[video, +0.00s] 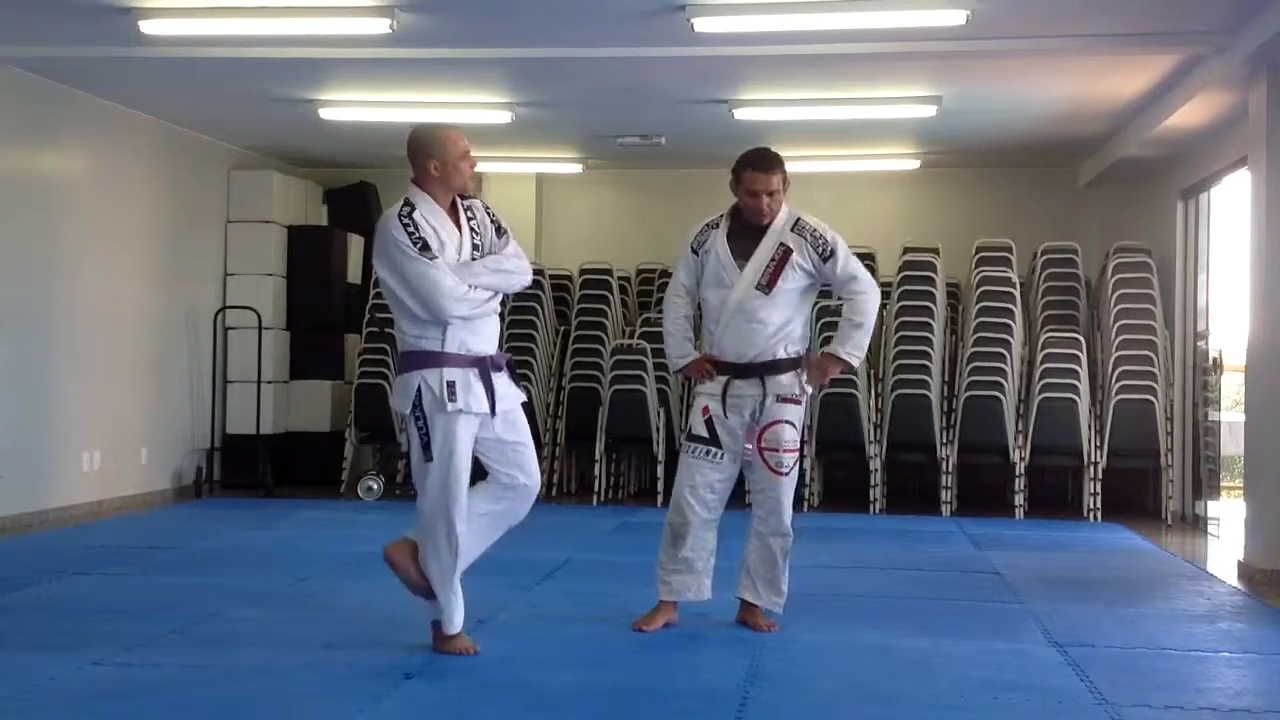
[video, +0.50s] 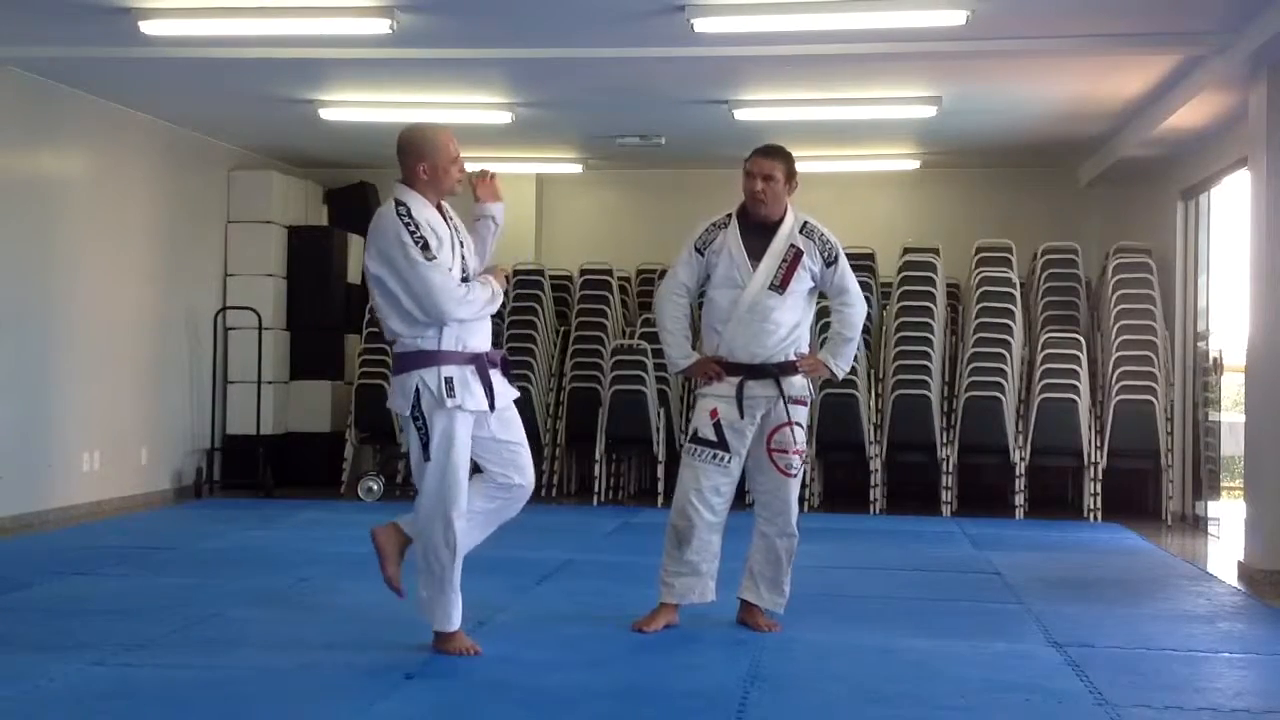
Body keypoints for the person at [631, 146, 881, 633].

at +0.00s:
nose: (765, 204)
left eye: (774, 194)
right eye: (755, 194)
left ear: (785, 191)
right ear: (734, 190)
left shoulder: (810, 238)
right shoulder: (706, 237)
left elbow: (863, 291)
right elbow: (677, 299)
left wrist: (839, 355)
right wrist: (684, 354)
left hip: (782, 388)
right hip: (717, 383)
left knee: (773, 504)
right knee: (690, 499)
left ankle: (756, 603)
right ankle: (670, 600)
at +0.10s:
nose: (765, 204)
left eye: (775, 194)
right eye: (755, 194)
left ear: (787, 191)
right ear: (736, 190)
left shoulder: (811, 236)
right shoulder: (707, 237)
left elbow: (863, 285)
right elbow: (676, 299)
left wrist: (836, 346)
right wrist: (683, 353)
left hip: (781, 387)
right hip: (716, 383)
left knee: (773, 504)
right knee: (690, 498)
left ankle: (756, 603)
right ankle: (669, 600)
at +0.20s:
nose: (762, 200)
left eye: (773, 191)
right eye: (754, 189)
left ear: (788, 190)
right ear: (738, 185)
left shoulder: (812, 237)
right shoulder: (708, 237)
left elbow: (857, 294)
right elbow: (674, 298)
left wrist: (831, 350)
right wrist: (684, 355)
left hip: (782, 385)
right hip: (717, 382)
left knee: (775, 504)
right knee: (691, 498)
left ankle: (756, 603)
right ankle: (670, 601)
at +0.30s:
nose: (757, 192)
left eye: (768, 185)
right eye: (750, 182)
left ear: (788, 190)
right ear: (739, 183)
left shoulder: (815, 242)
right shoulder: (710, 235)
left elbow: (854, 302)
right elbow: (672, 296)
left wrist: (831, 358)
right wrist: (684, 356)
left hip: (783, 388)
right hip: (718, 384)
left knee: (777, 506)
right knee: (693, 499)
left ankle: (755, 603)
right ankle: (670, 602)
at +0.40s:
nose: (757, 189)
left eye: (768, 181)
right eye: (751, 179)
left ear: (791, 187)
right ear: (741, 182)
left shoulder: (816, 242)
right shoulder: (712, 234)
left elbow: (853, 303)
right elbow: (672, 294)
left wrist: (832, 359)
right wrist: (685, 356)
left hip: (784, 389)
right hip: (719, 384)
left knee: (778, 506)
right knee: (693, 499)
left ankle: (755, 603)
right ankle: (670, 603)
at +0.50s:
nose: (758, 187)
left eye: (770, 179)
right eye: (752, 177)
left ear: (790, 187)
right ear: (741, 182)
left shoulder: (816, 242)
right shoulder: (712, 235)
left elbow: (851, 303)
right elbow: (671, 295)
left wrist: (833, 359)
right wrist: (686, 357)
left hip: (785, 392)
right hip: (720, 387)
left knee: (779, 506)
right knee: (694, 500)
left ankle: (755, 602)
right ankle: (670, 602)